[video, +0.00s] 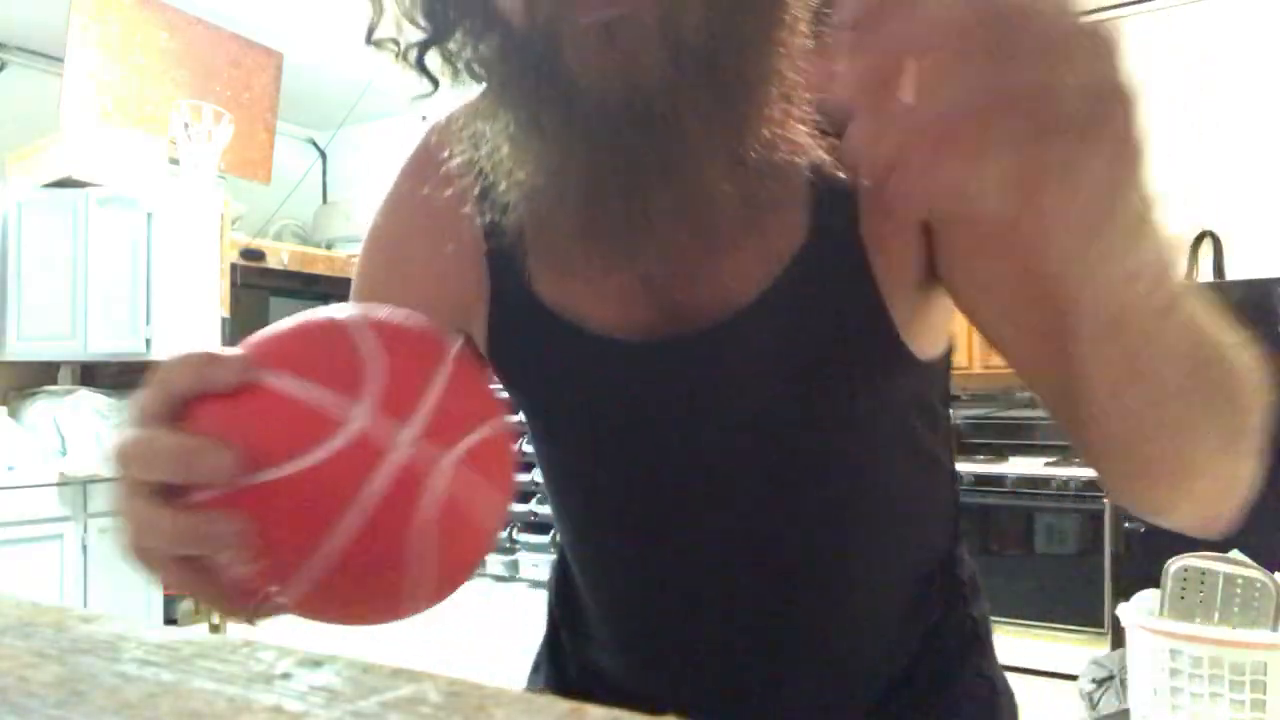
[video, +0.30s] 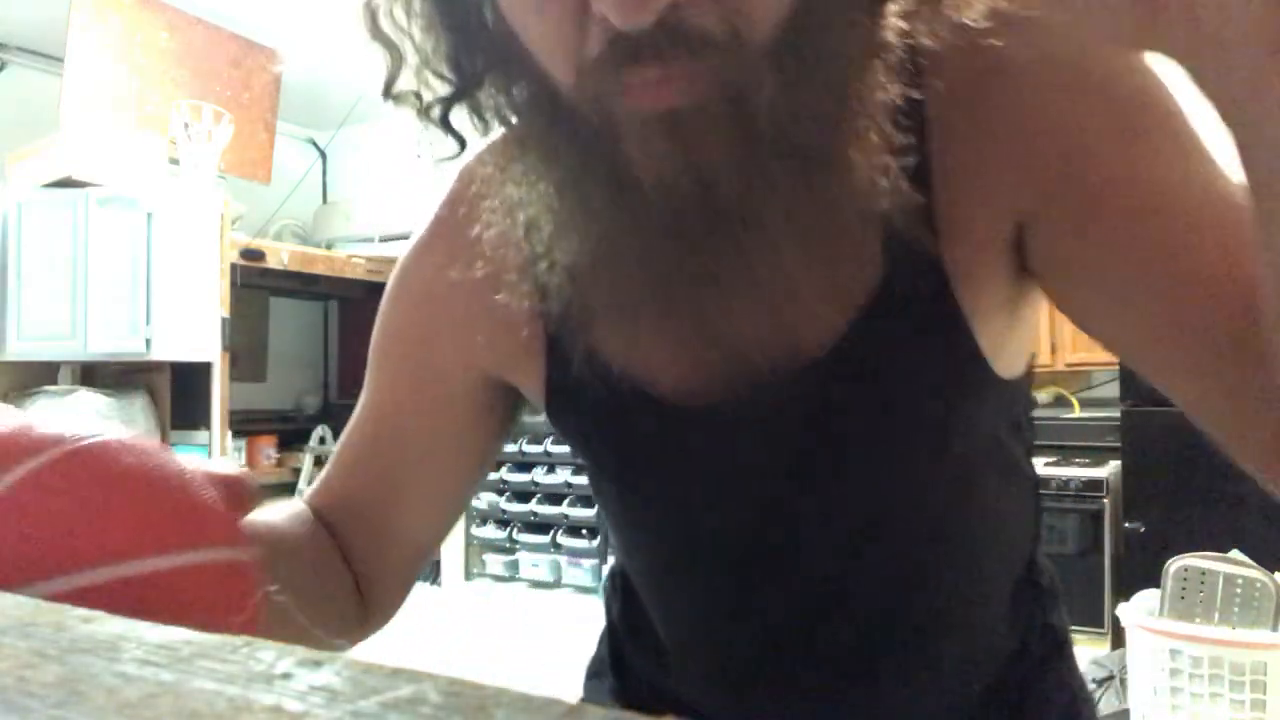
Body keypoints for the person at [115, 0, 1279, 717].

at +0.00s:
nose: (598, 5)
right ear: (477, 19)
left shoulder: (909, 126)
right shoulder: (458, 188)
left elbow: (1206, 488)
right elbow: (365, 495)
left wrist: (1118, 281)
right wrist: (218, 512)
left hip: (897, 673)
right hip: (616, 679)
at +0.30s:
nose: (624, 6)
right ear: (497, 20)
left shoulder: (1035, 101)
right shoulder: (505, 229)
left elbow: (1272, 429)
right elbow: (349, 553)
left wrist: (1221, 35)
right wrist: (187, 560)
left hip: (985, 697)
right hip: (674, 699)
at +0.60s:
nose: (654, 53)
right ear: (482, 32)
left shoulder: (1052, 151)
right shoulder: (520, 265)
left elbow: (1272, 461)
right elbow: (364, 595)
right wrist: (177, 575)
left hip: (1018, 696)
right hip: (705, 699)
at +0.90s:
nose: (647, 135)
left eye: (736, 6)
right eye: (537, 24)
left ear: (885, 7)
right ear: (447, 61)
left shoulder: (1053, 228)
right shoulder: (504, 338)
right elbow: (355, 624)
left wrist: (1243, 187)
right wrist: (194, 594)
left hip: (1022, 704)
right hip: (699, 708)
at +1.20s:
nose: (659, 158)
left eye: (746, 13)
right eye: (543, 43)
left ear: (895, 13)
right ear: (459, 75)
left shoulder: (1047, 250)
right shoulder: (500, 356)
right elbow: (346, 637)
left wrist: (1239, 252)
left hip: (1016, 705)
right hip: (694, 709)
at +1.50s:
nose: (673, 161)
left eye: (758, 33)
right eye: (567, 63)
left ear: (922, 27)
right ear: (475, 74)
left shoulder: (1073, 253)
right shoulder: (557, 332)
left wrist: (1237, 474)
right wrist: (310, 554)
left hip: (1021, 675)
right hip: (697, 679)